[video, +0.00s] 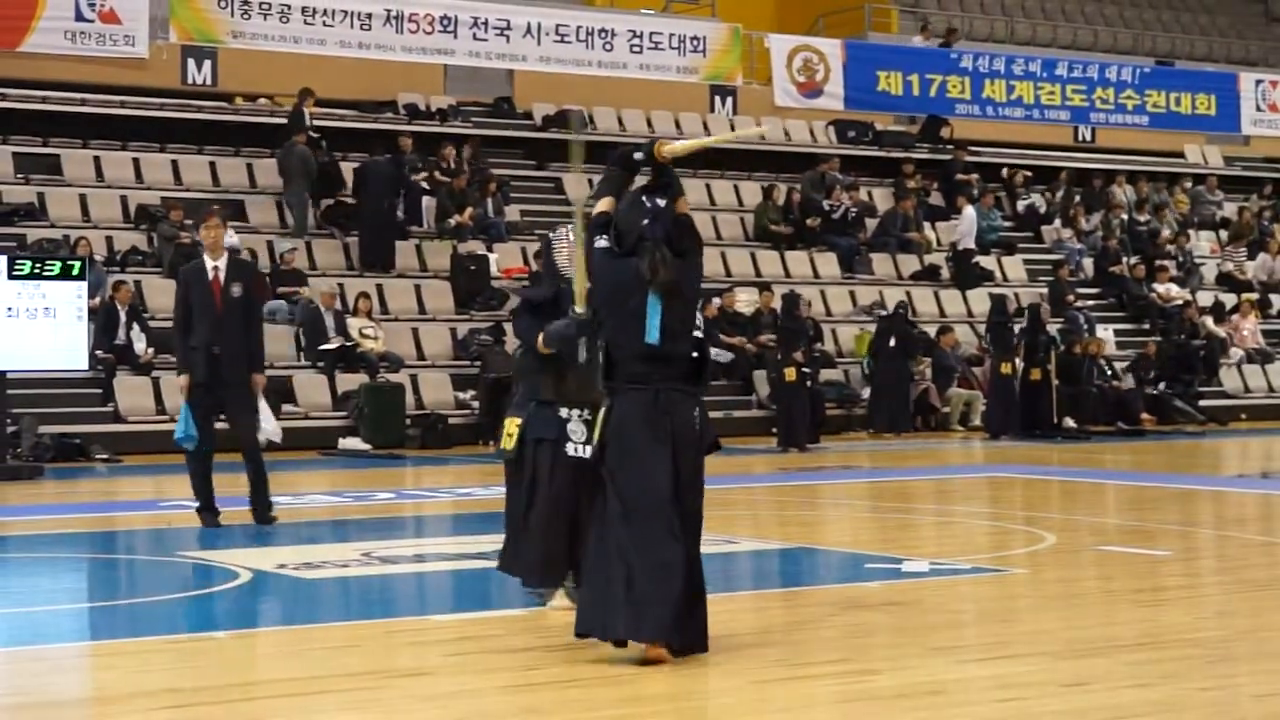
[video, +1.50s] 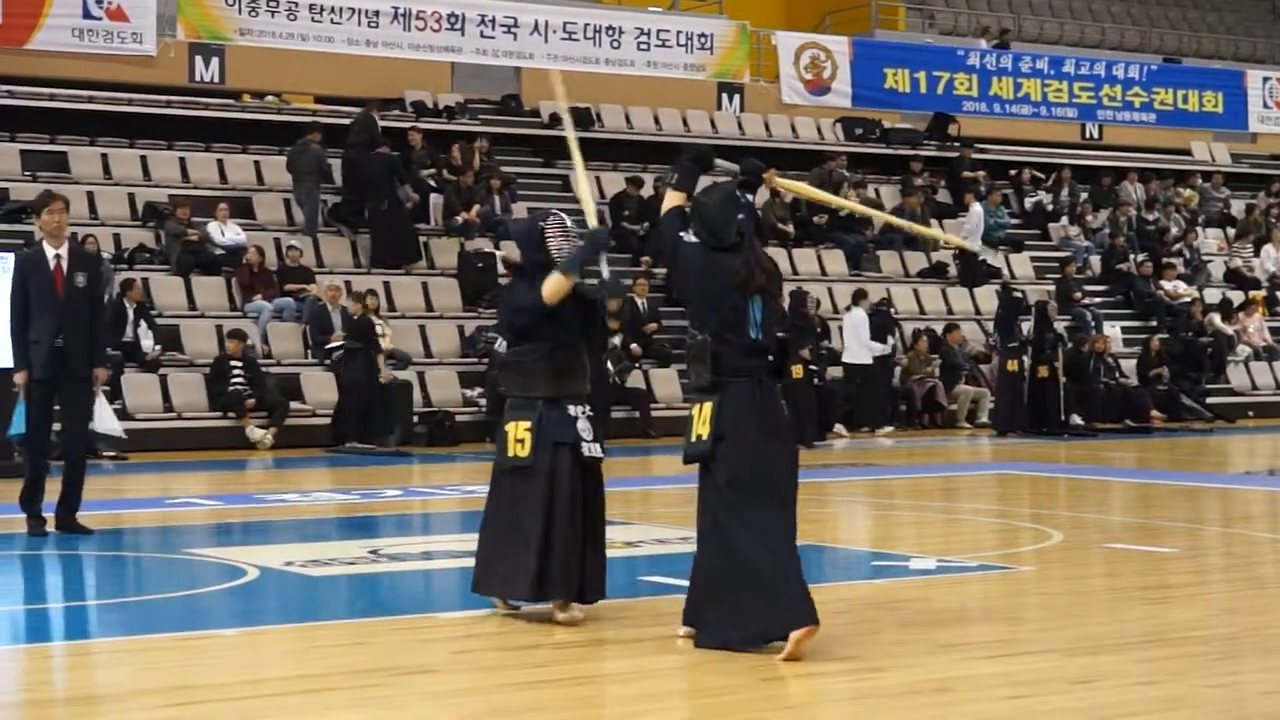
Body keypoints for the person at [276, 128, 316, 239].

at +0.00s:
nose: (306, 138)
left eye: (305, 135)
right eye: (304, 135)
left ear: (293, 135)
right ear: (300, 135)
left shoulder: (283, 151)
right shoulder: (305, 151)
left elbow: (281, 172)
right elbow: (312, 171)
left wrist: (291, 179)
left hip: (288, 191)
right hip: (301, 191)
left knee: (299, 223)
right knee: (301, 225)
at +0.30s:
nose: (308, 138)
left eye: (308, 135)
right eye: (307, 135)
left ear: (296, 134)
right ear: (303, 135)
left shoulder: (286, 150)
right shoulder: (306, 151)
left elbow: (283, 171)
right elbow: (313, 171)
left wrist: (291, 179)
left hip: (290, 189)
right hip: (302, 189)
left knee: (300, 222)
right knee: (303, 224)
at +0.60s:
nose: (311, 139)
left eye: (311, 136)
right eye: (310, 136)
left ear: (299, 135)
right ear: (306, 135)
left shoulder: (287, 151)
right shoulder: (309, 151)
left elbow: (284, 171)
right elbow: (317, 169)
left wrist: (292, 178)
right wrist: (315, 181)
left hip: (292, 187)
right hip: (304, 187)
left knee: (302, 221)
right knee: (305, 222)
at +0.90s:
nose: (315, 138)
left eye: (315, 135)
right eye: (314, 135)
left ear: (302, 134)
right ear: (310, 135)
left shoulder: (290, 150)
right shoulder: (314, 151)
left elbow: (287, 171)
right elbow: (322, 172)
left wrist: (296, 177)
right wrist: (318, 181)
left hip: (294, 189)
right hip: (309, 189)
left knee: (305, 222)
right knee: (308, 223)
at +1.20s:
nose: (318, 138)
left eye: (318, 135)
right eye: (316, 135)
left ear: (305, 134)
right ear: (311, 135)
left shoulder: (292, 149)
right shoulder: (315, 150)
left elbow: (289, 169)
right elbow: (322, 169)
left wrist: (297, 176)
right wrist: (329, 182)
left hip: (296, 186)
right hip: (311, 187)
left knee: (307, 219)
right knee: (309, 220)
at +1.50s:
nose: (319, 138)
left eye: (319, 135)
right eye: (318, 135)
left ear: (306, 135)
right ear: (313, 135)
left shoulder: (294, 150)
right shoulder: (317, 150)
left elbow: (289, 167)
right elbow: (324, 169)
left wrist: (298, 174)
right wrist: (331, 182)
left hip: (297, 186)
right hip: (312, 187)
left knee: (310, 218)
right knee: (311, 220)